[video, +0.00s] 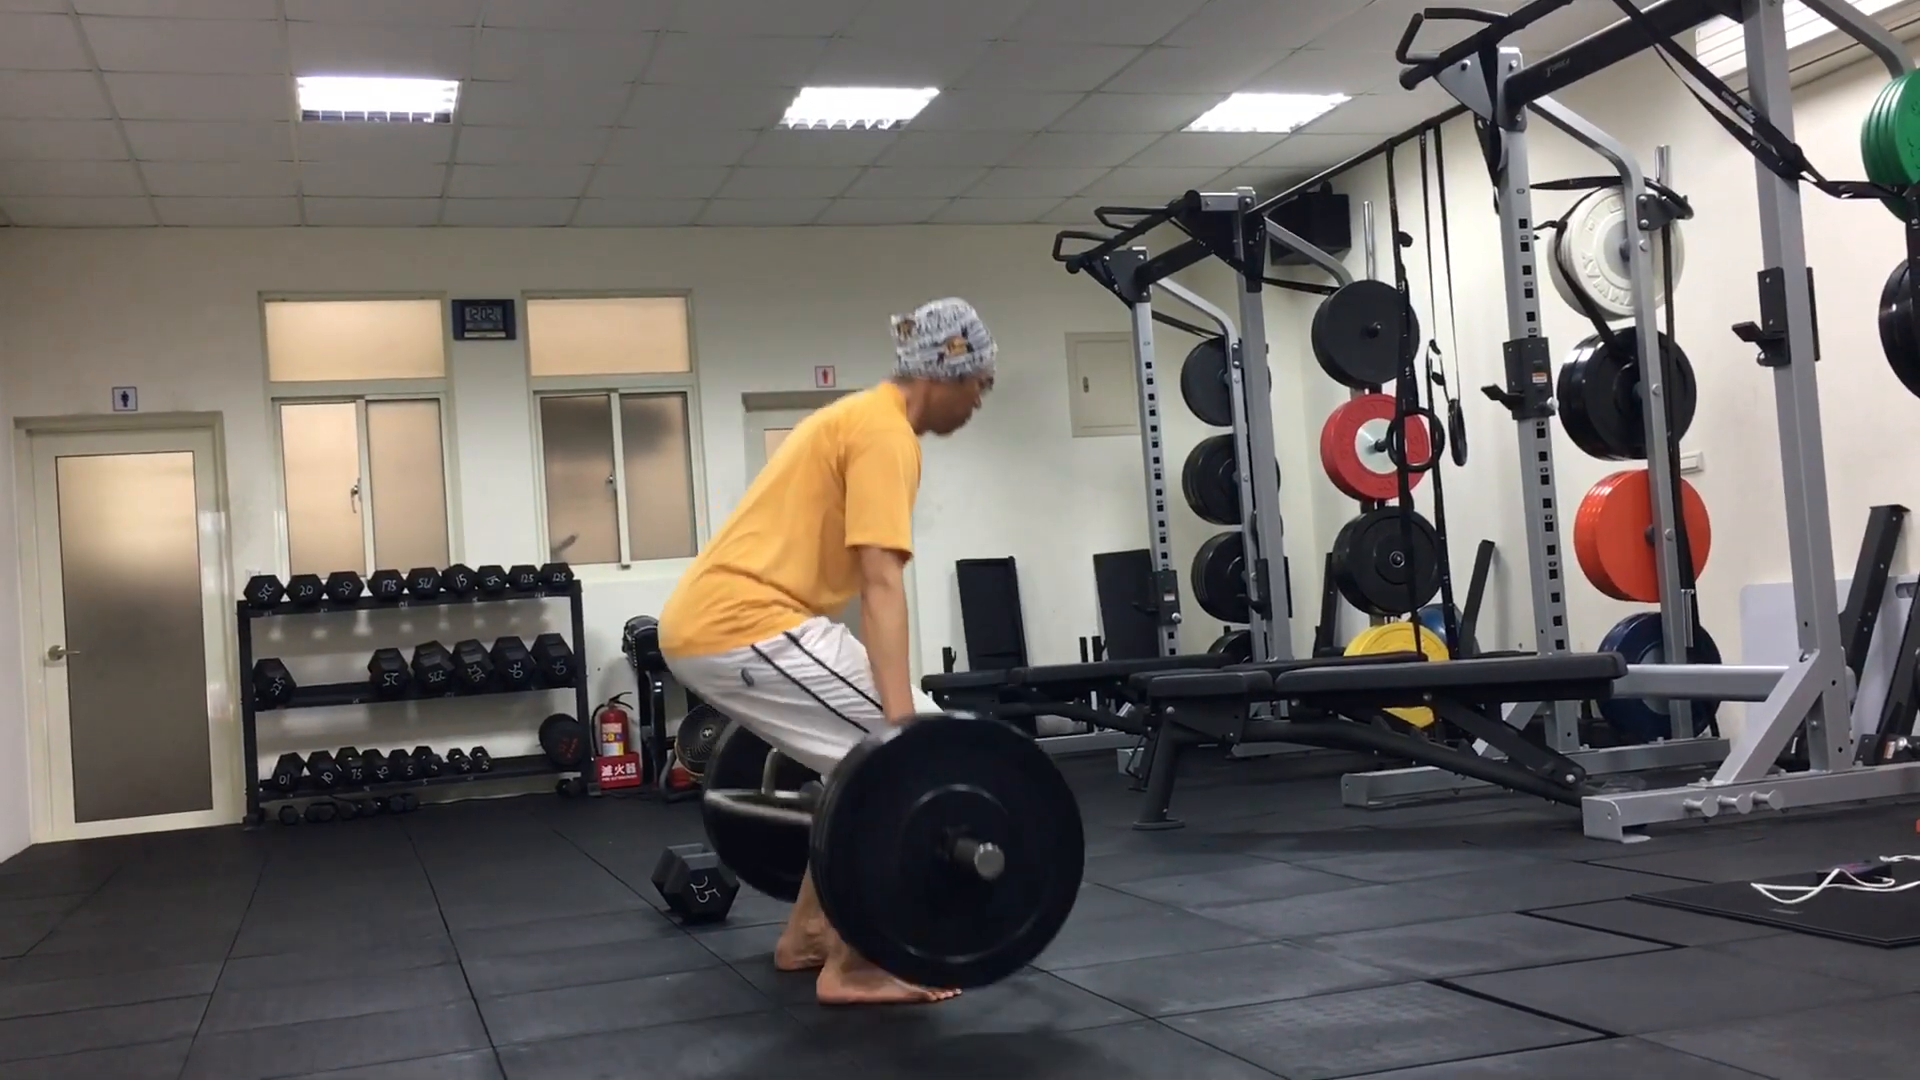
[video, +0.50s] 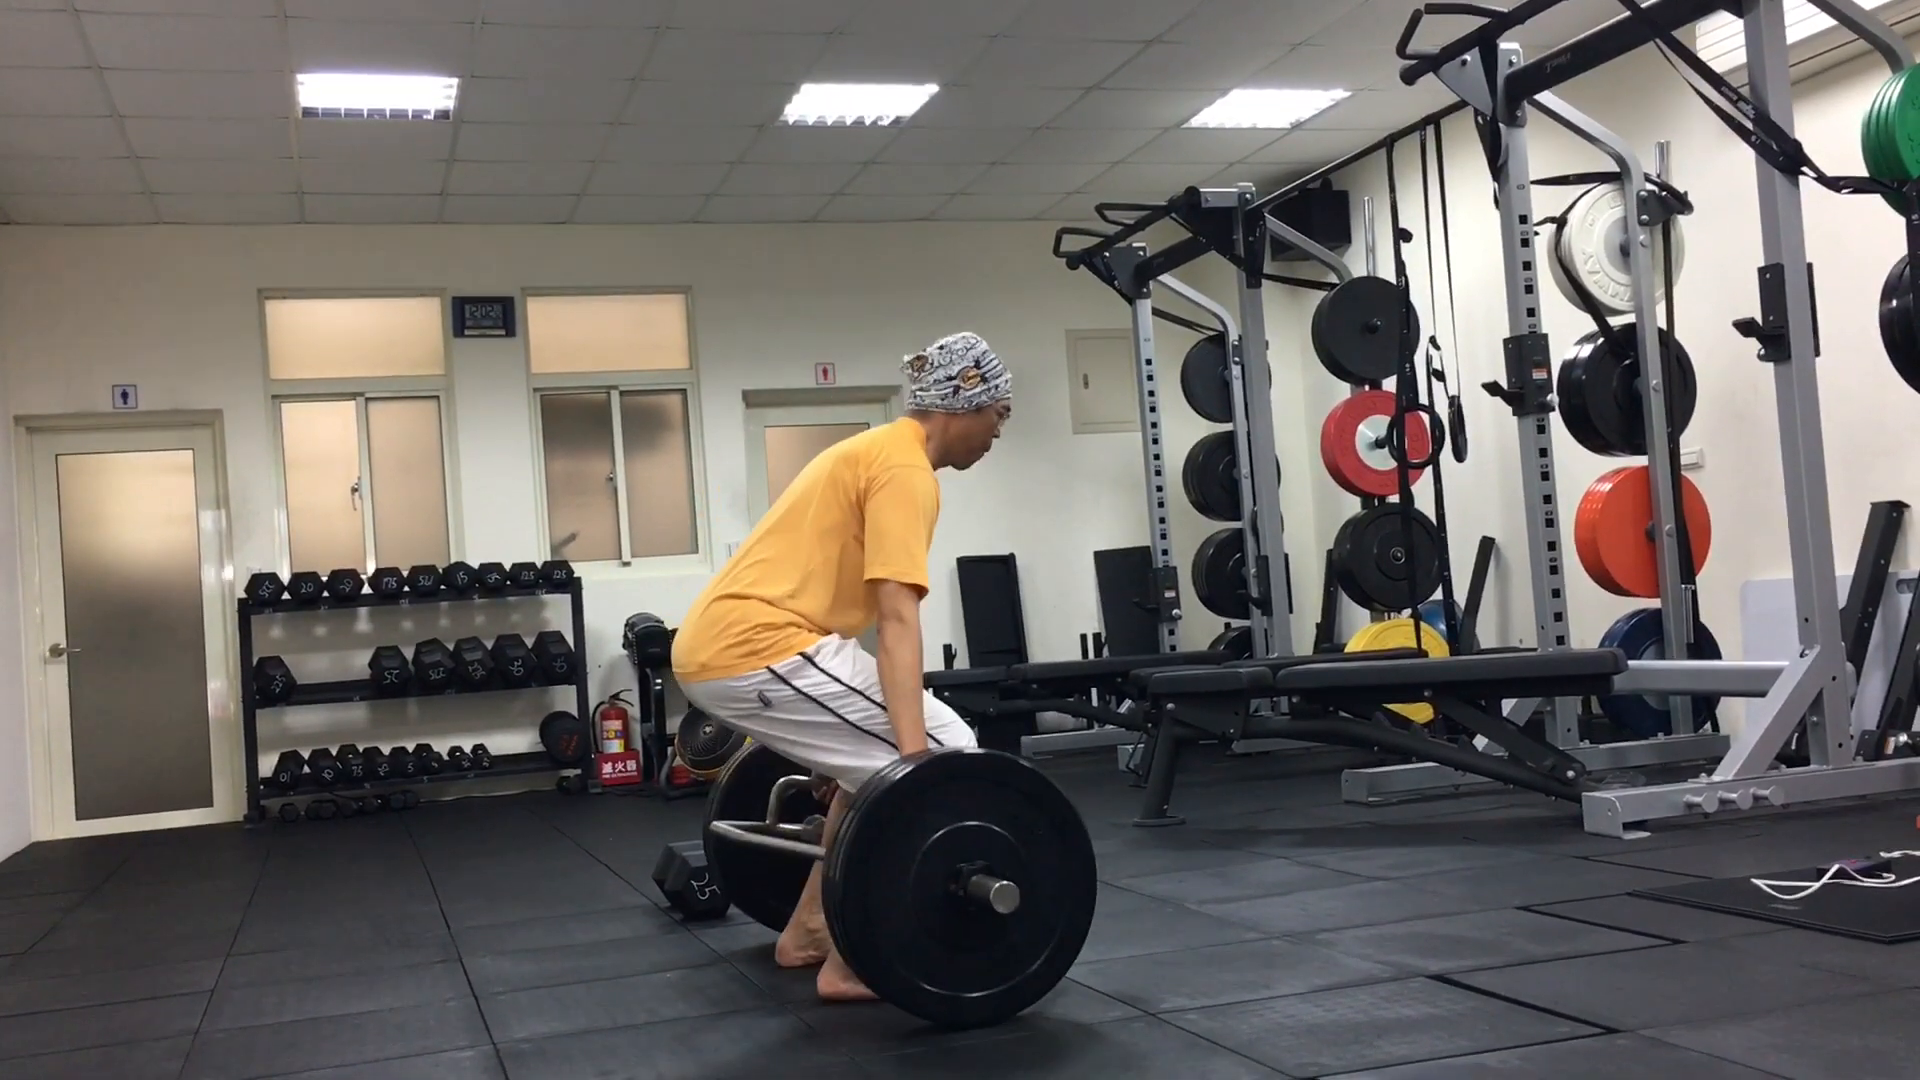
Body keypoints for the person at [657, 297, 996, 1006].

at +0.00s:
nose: (978, 404)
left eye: (983, 389)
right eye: (978, 386)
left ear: (920, 370)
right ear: (945, 373)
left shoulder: (858, 419)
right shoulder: (883, 429)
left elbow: (868, 581)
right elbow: (880, 582)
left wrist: (891, 705)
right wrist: (900, 720)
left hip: (711, 618)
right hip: (740, 620)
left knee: (876, 739)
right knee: (890, 745)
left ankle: (808, 931)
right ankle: (856, 964)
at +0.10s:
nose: (980, 423)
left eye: (985, 408)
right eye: (980, 405)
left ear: (921, 390)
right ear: (946, 393)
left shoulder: (858, 438)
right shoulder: (887, 448)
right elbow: (883, 604)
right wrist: (904, 741)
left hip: (708, 640)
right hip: (749, 640)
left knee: (880, 755)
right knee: (936, 753)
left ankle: (807, 933)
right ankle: (852, 963)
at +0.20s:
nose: (980, 437)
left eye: (987, 422)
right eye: (982, 418)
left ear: (924, 402)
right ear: (946, 404)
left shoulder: (860, 449)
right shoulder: (890, 459)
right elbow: (886, 612)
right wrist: (905, 742)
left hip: (709, 652)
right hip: (753, 651)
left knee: (885, 755)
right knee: (944, 745)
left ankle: (808, 933)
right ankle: (853, 962)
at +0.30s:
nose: (986, 444)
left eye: (991, 429)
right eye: (986, 425)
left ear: (926, 410)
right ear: (950, 414)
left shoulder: (864, 457)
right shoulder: (895, 468)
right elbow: (890, 620)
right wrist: (908, 753)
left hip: (711, 657)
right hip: (755, 656)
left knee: (890, 752)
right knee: (947, 745)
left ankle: (807, 932)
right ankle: (856, 962)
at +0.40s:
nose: (992, 441)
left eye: (997, 426)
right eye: (992, 423)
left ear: (932, 408)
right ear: (953, 411)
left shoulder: (868, 455)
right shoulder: (898, 466)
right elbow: (894, 622)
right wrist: (912, 757)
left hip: (714, 651)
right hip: (756, 652)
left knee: (888, 753)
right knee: (947, 748)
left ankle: (808, 930)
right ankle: (857, 961)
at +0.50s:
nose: (997, 436)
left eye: (1001, 421)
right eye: (997, 418)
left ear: (936, 404)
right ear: (961, 407)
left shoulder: (873, 452)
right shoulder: (903, 464)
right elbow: (896, 618)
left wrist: (853, 753)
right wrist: (912, 754)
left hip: (718, 645)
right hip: (759, 647)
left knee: (885, 754)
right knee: (947, 749)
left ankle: (808, 931)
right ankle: (856, 961)